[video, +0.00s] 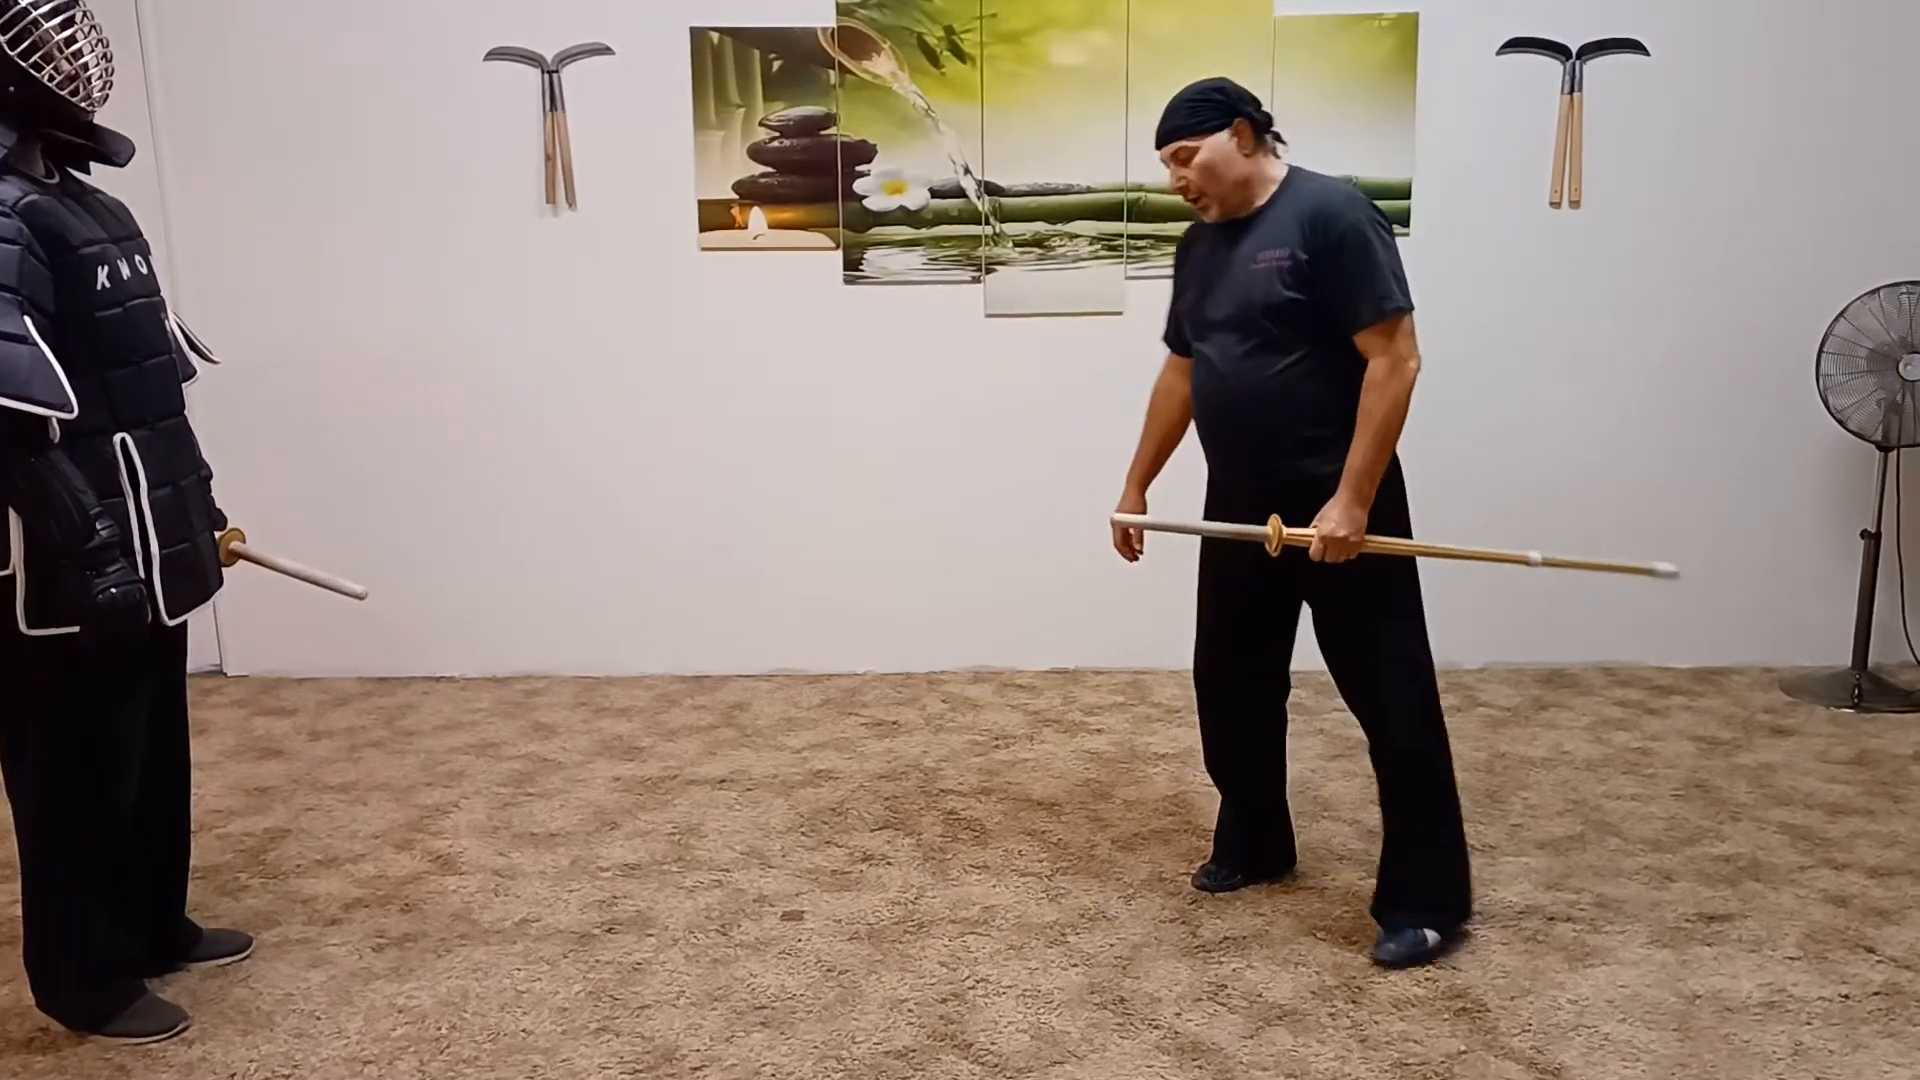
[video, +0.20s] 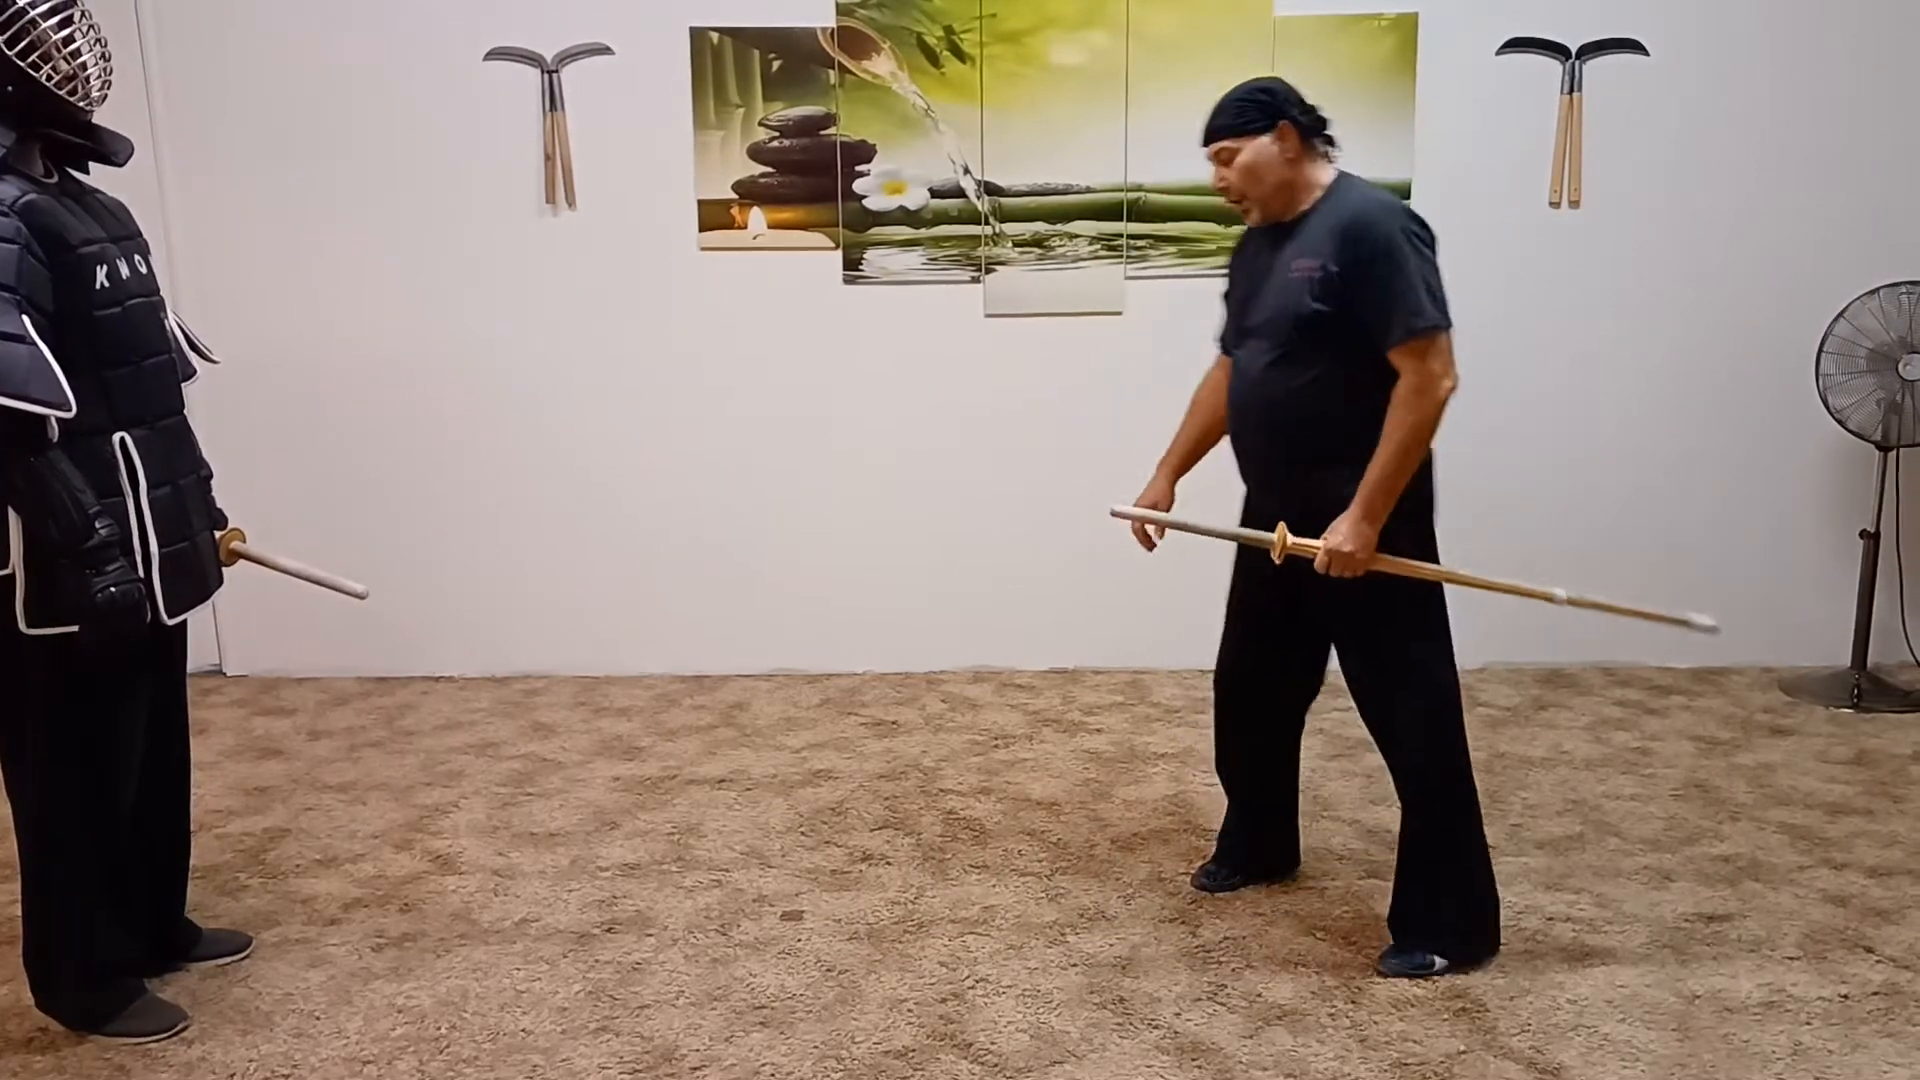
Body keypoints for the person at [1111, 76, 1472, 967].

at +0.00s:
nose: (1174, 176)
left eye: (1186, 153)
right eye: (1167, 161)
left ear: (1242, 136)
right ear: (1182, 162)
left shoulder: (1333, 214)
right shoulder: (1201, 246)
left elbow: (1396, 360)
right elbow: (1182, 368)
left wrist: (1353, 496)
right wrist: (1135, 485)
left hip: (1345, 499)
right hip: (1242, 500)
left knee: (1393, 699)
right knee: (1232, 682)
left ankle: (1428, 903)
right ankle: (1254, 842)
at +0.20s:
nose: (1218, 176)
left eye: (1229, 155)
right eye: (1211, 160)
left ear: (1287, 139)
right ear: (1259, 154)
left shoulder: (1373, 225)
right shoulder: (1256, 245)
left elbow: (1430, 377)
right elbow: (1235, 368)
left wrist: (1365, 517)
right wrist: (1165, 473)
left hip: (1375, 521)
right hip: (1276, 518)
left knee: (1417, 727)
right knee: (1251, 691)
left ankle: (1450, 926)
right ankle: (1258, 844)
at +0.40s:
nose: (1267, 177)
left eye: (1279, 155)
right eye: (1263, 160)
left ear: (1339, 143)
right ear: (1315, 152)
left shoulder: (1424, 234)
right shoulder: (1312, 236)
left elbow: (1468, 397)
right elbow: (1273, 351)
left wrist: (1379, 525)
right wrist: (1208, 439)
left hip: (1425, 526)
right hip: (1326, 516)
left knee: (1446, 735)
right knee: (1300, 701)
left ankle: (1454, 929)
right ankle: (1283, 856)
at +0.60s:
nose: (1304, 171)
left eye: (1316, 150)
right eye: (1301, 153)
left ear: (1376, 140)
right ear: (1360, 148)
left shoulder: (1458, 236)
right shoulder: (1343, 231)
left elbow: (1497, 401)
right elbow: (1273, 335)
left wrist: (1374, 499)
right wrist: (1232, 428)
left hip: (1453, 516)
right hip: (1355, 512)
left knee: (1459, 727)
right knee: (1360, 708)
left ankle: (1459, 933)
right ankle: (1373, 885)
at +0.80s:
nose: (1328, 161)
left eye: (1341, 139)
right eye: (1325, 142)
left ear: (1403, 134)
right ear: (1389, 140)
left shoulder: (1485, 236)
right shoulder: (1360, 229)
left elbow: (1515, 400)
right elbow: (1278, 340)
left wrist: (1376, 475)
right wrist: (1253, 437)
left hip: (1464, 518)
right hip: (1376, 512)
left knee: (1461, 721)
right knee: (1396, 712)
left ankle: (1461, 932)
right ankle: (1402, 895)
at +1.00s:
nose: (1342, 150)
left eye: (1356, 128)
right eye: (1341, 131)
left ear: (1418, 124)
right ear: (1404, 132)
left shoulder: (1495, 227)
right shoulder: (1373, 228)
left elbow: (1533, 389)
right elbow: (1295, 339)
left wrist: (1391, 455)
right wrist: (1274, 426)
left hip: (1472, 518)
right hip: (1385, 509)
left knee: (1464, 718)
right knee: (1396, 710)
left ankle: (1459, 930)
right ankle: (1401, 897)